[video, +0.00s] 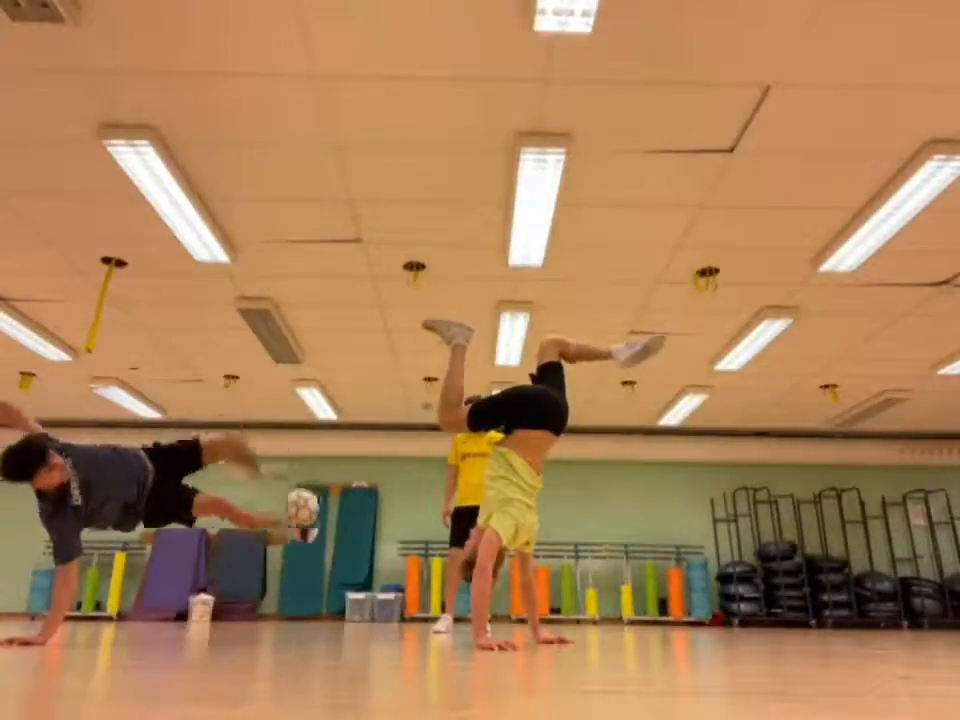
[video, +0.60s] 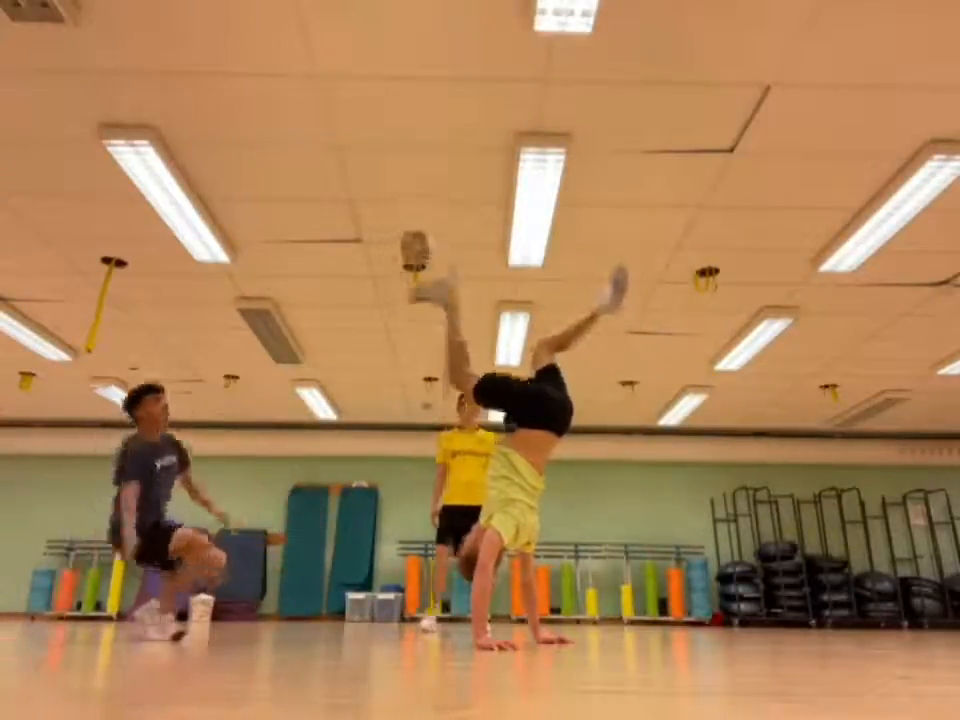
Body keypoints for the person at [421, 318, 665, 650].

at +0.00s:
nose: (485, 566)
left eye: (476, 567)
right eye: (478, 564)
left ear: (473, 550)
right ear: (475, 548)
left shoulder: (524, 536)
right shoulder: (495, 528)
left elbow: (527, 583)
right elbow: (482, 576)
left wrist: (537, 632)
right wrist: (481, 636)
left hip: (554, 414)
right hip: (530, 408)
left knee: (551, 345)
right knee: (450, 418)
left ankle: (619, 352)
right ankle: (458, 345)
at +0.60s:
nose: (476, 542)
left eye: (469, 542)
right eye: (476, 545)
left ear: (471, 542)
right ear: (477, 541)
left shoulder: (525, 536)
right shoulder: (496, 529)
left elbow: (528, 584)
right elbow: (482, 578)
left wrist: (537, 632)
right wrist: (481, 636)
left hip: (557, 413)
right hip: (534, 410)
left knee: (545, 347)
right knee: (464, 381)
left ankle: (602, 309)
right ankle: (450, 302)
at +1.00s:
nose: (478, 564)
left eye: (471, 561)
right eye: (473, 560)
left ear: (473, 558)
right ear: (474, 554)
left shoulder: (518, 539)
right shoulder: (495, 532)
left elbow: (528, 586)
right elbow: (481, 581)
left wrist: (538, 633)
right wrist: (480, 636)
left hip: (549, 416)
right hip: (533, 412)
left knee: (530, 351)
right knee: (470, 354)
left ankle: (595, 330)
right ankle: (464, 274)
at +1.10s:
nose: (479, 573)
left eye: (471, 574)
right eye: (472, 573)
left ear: (475, 556)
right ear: (474, 549)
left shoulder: (518, 538)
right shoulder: (495, 530)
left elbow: (527, 585)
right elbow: (481, 578)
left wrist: (537, 633)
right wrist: (481, 634)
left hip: (550, 417)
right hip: (536, 413)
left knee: (530, 353)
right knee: (468, 358)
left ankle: (593, 334)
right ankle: (464, 274)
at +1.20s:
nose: (472, 540)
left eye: (470, 546)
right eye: (473, 546)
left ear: (475, 552)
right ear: (476, 546)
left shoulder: (519, 538)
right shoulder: (495, 529)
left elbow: (527, 585)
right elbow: (480, 577)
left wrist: (537, 633)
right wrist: (481, 635)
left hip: (554, 417)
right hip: (533, 412)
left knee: (533, 358)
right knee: (462, 366)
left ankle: (594, 335)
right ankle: (459, 280)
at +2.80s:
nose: (501, 528)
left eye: (497, 532)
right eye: (498, 533)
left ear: (501, 550)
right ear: (501, 546)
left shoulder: (539, 544)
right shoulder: (523, 541)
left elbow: (537, 582)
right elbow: (487, 573)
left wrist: (538, 632)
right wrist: (480, 636)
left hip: (633, 472)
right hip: (624, 461)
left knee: (702, 442)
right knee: (638, 365)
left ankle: (760, 524)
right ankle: (712, 392)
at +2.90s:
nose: (510, 563)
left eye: (508, 563)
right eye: (508, 560)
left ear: (515, 567)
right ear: (516, 557)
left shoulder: (549, 561)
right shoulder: (540, 548)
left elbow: (537, 588)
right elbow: (491, 576)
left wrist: (539, 629)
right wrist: (480, 637)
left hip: (651, 504)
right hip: (648, 479)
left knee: (751, 507)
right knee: (719, 414)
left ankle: (748, 606)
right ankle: (755, 494)